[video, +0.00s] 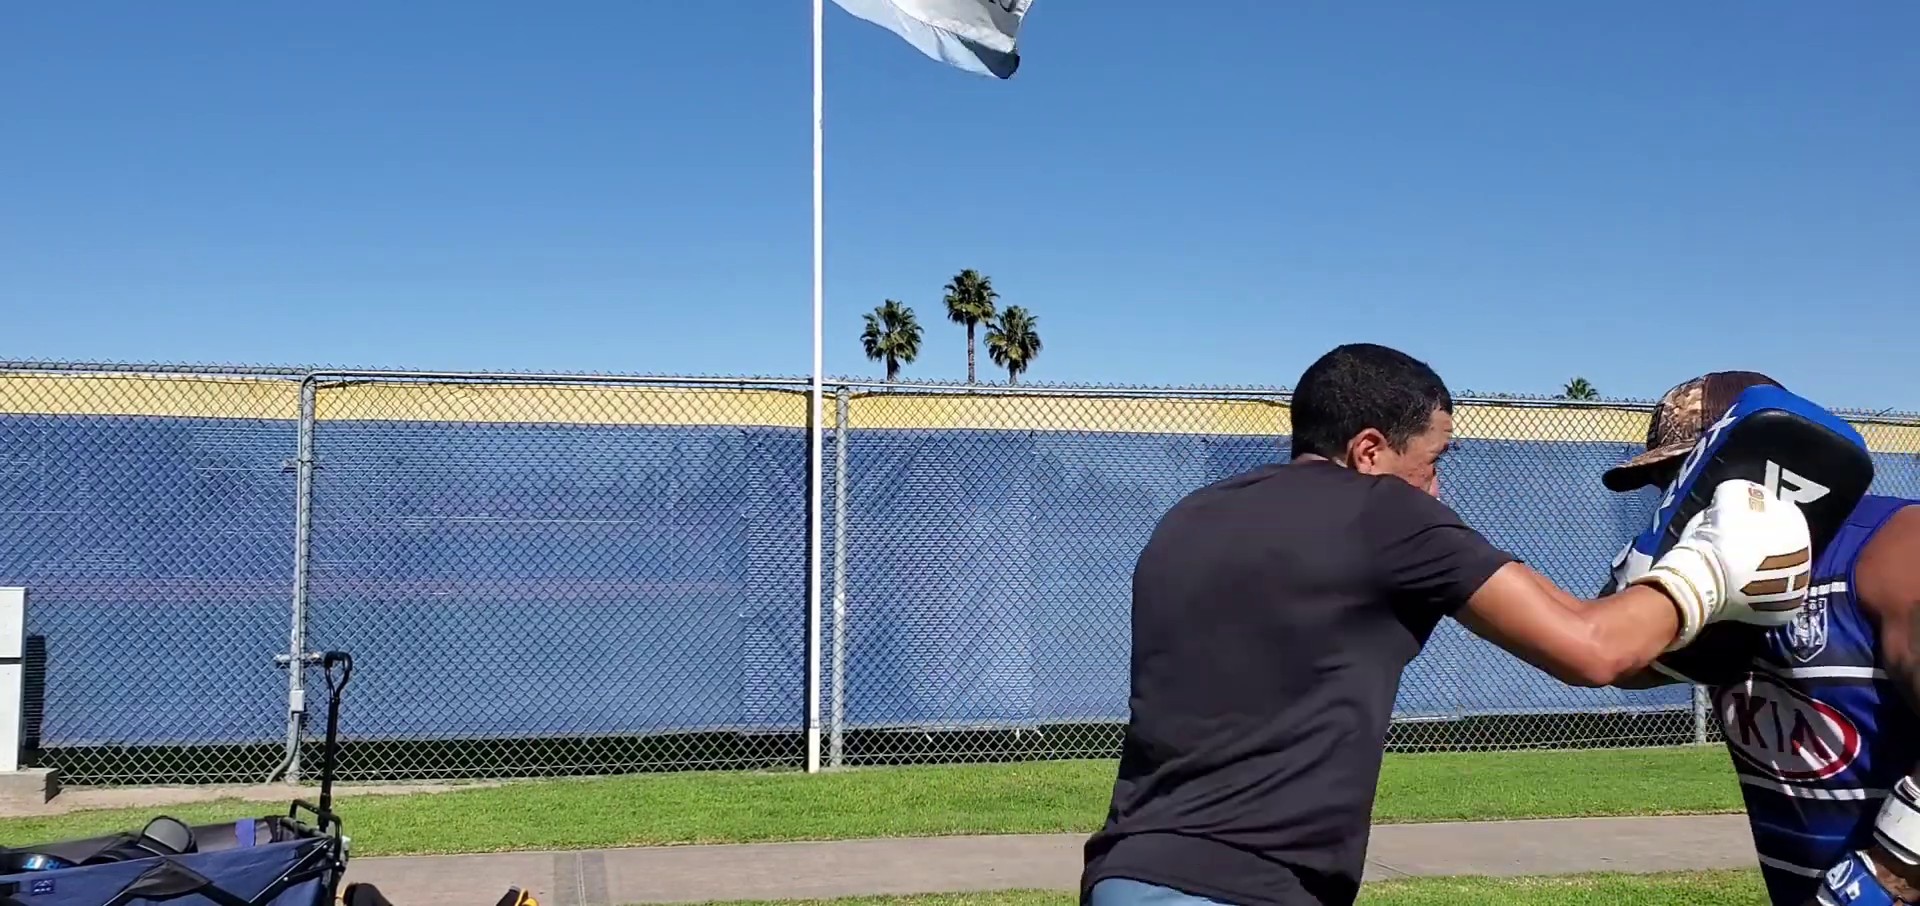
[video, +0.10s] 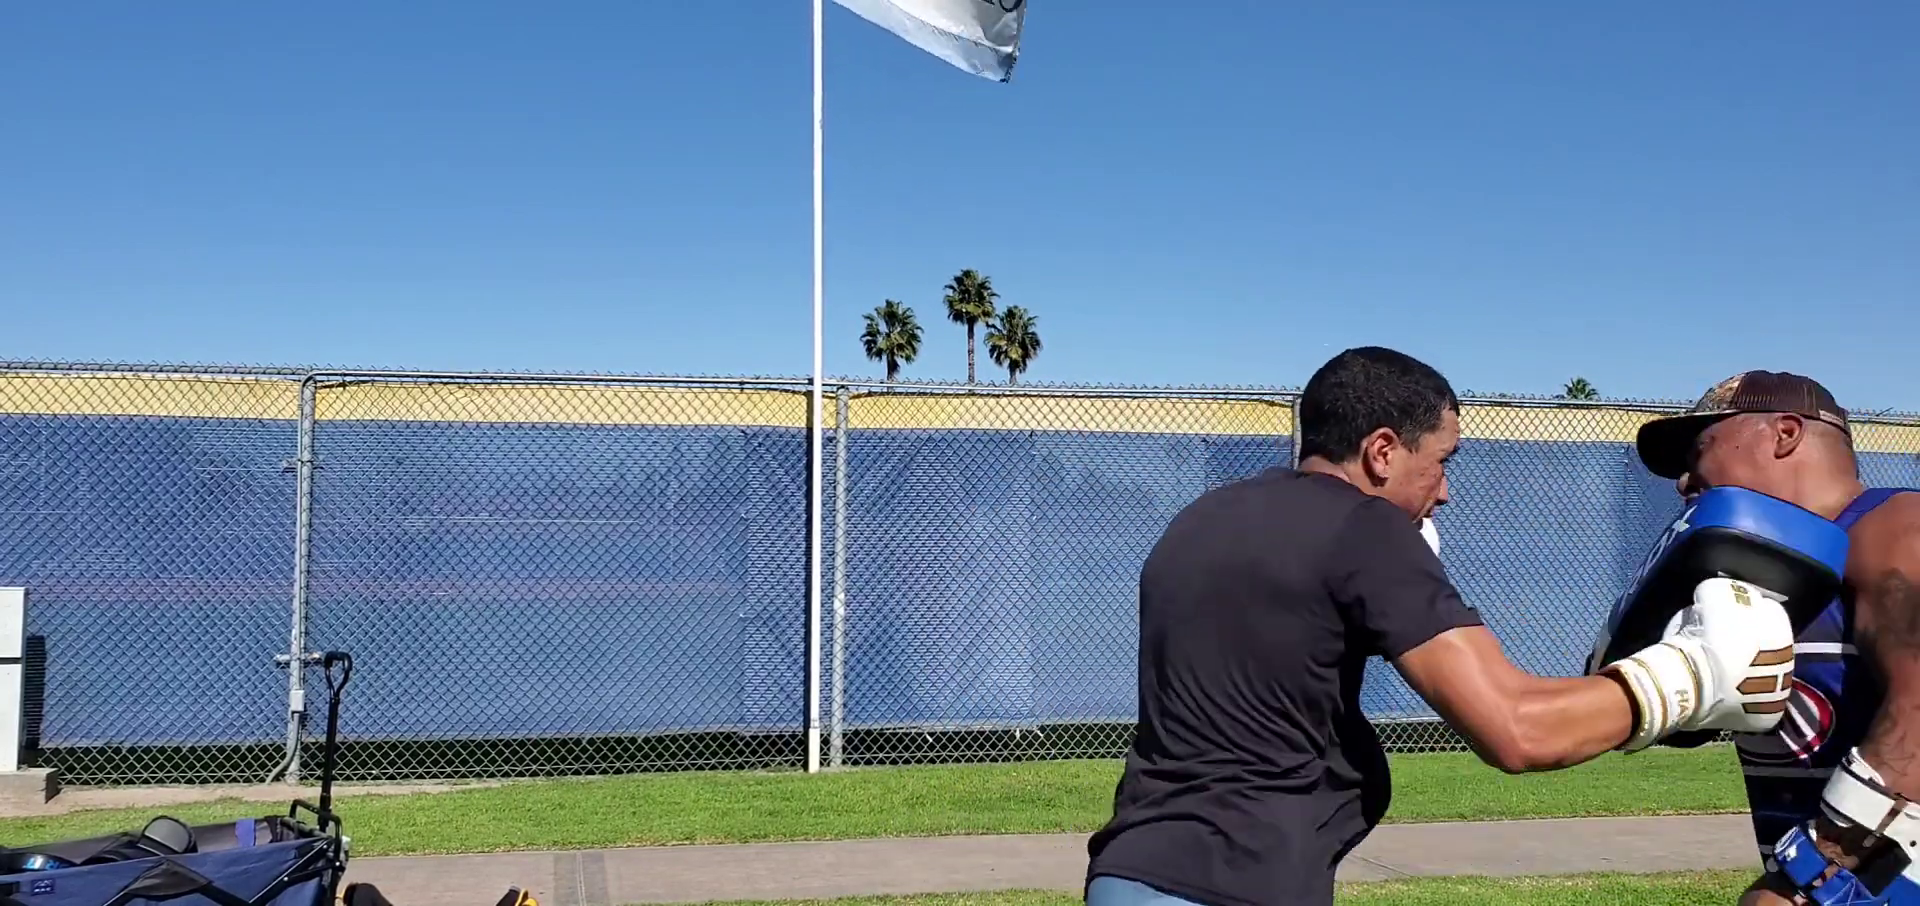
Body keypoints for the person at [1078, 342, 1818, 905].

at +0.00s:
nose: (1442, 487)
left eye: (1446, 463)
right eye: (1436, 463)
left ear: (1315, 449)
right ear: (1369, 450)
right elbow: (1598, 649)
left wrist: (1640, 613)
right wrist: (1703, 568)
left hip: (1127, 875)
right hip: (1249, 883)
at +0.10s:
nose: (1444, 492)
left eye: (1448, 466)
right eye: (1440, 465)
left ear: (1323, 451)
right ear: (1377, 452)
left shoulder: (1196, 523)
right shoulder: (1364, 533)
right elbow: (1523, 732)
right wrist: (1689, 675)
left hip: (1133, 873)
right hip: (1250, 882)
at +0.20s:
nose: (1436, 481)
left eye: (1439, 457)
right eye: (1433, 454)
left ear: (1305, 437)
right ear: (1378, 448)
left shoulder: (1202, 523)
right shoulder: (1324, 550)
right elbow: (1368, 797)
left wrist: (1357, 571)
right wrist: (1539, 724)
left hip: (1119, 877)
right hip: (1228, 885)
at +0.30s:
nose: (1404, 469)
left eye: (1407, 443)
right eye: (1401, 439)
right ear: (1344, 431)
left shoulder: (1183, 510)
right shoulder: (1259, 547)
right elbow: (1309, 810)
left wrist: (1338, 618)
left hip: (1106, 872)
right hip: (1196, 885)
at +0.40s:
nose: (1364, 445)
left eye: (1368, 422)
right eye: (1360, 420)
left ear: (1295, 414)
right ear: (1297, 413)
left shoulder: (1148, 496)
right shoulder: (1214, 526)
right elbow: (1310, 776)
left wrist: (1331, 573)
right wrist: (1355, 588)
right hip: (1165, 883)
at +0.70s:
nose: (1340, 444)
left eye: (1339, 419)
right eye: (1332, 418)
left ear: (1265, 414)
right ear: (1265, 413)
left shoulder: (1191, 511)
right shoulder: (1155, 521)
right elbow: (1239, 767)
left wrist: (1329, 617)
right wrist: (1329, 595)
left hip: (1179, 881)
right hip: (1117, 887)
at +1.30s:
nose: (1408, 468)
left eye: (1407, 443)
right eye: (1400, 441)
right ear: (1338, 434)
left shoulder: (1188, 513)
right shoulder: (1287, 538)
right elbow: (1292, 792)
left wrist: (1345, 626)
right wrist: (1410, 659)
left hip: (1138, 862)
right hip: (1223, 879)